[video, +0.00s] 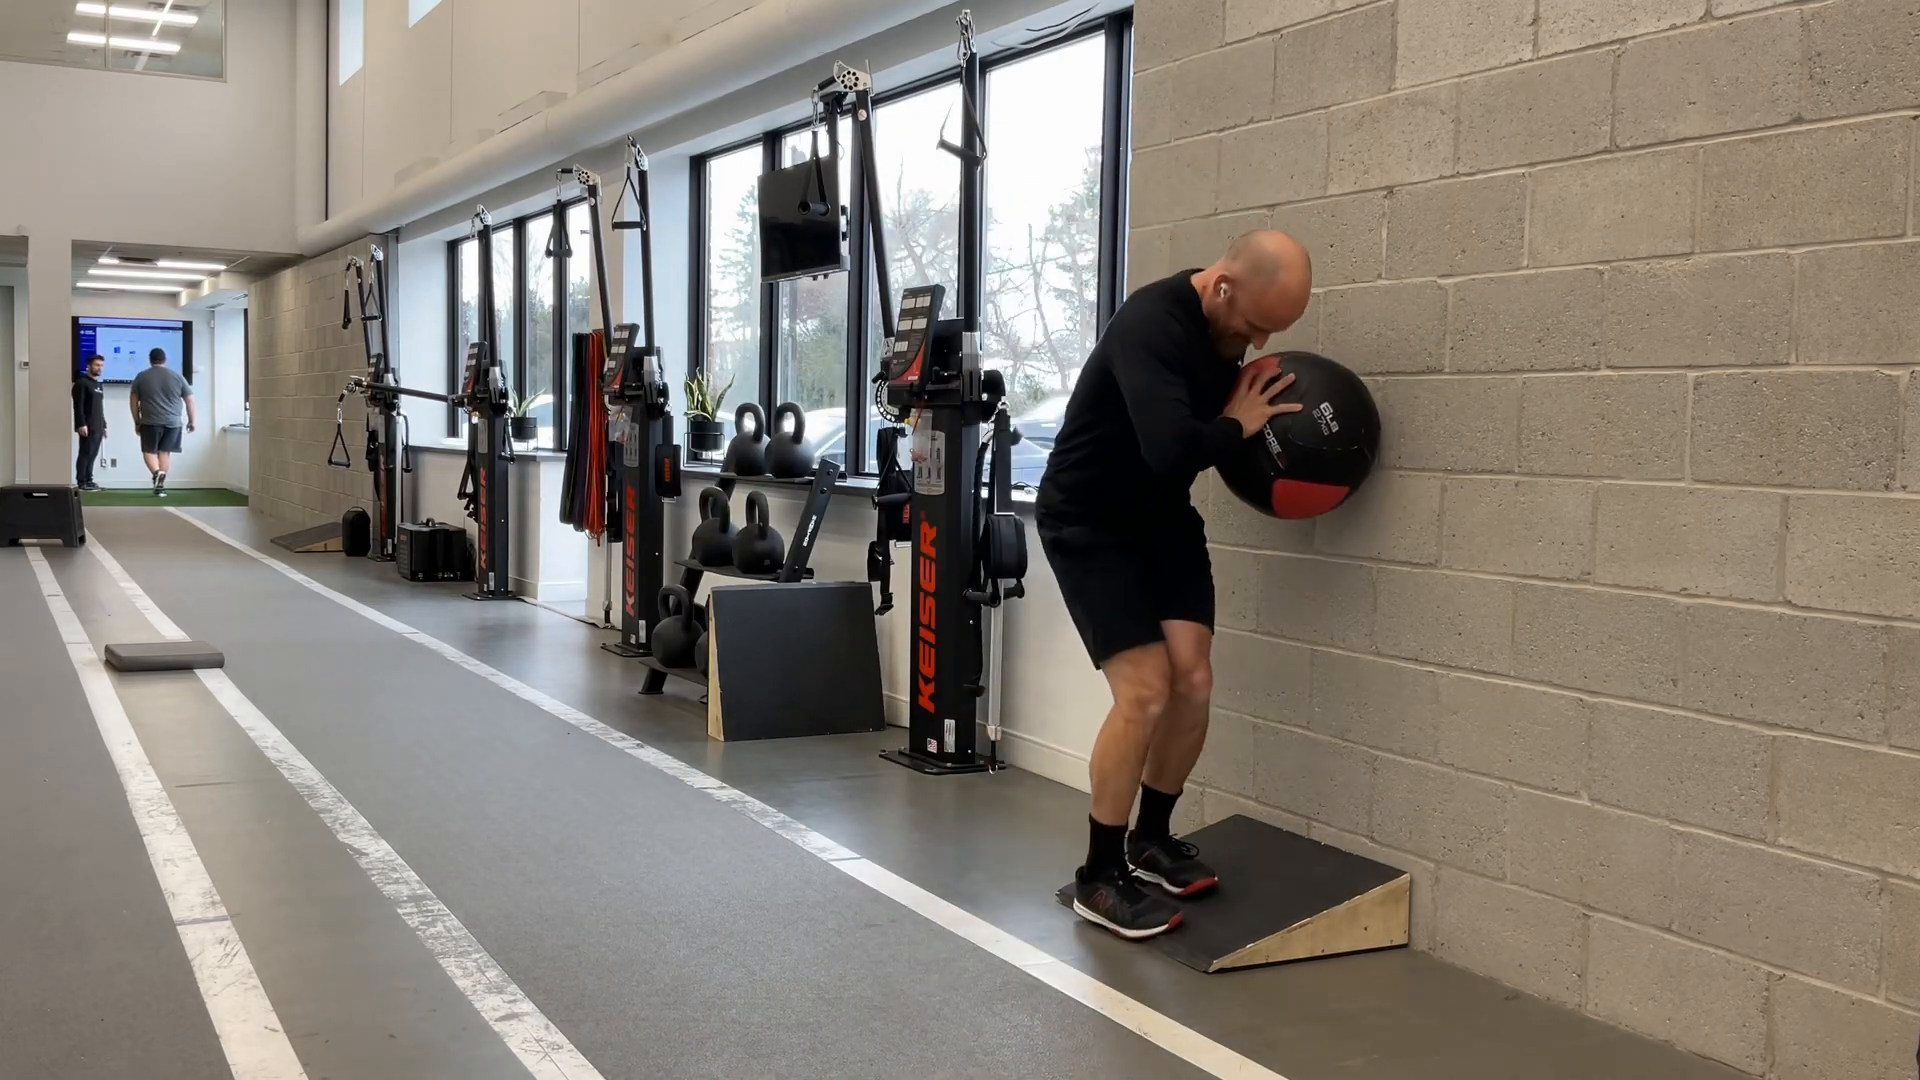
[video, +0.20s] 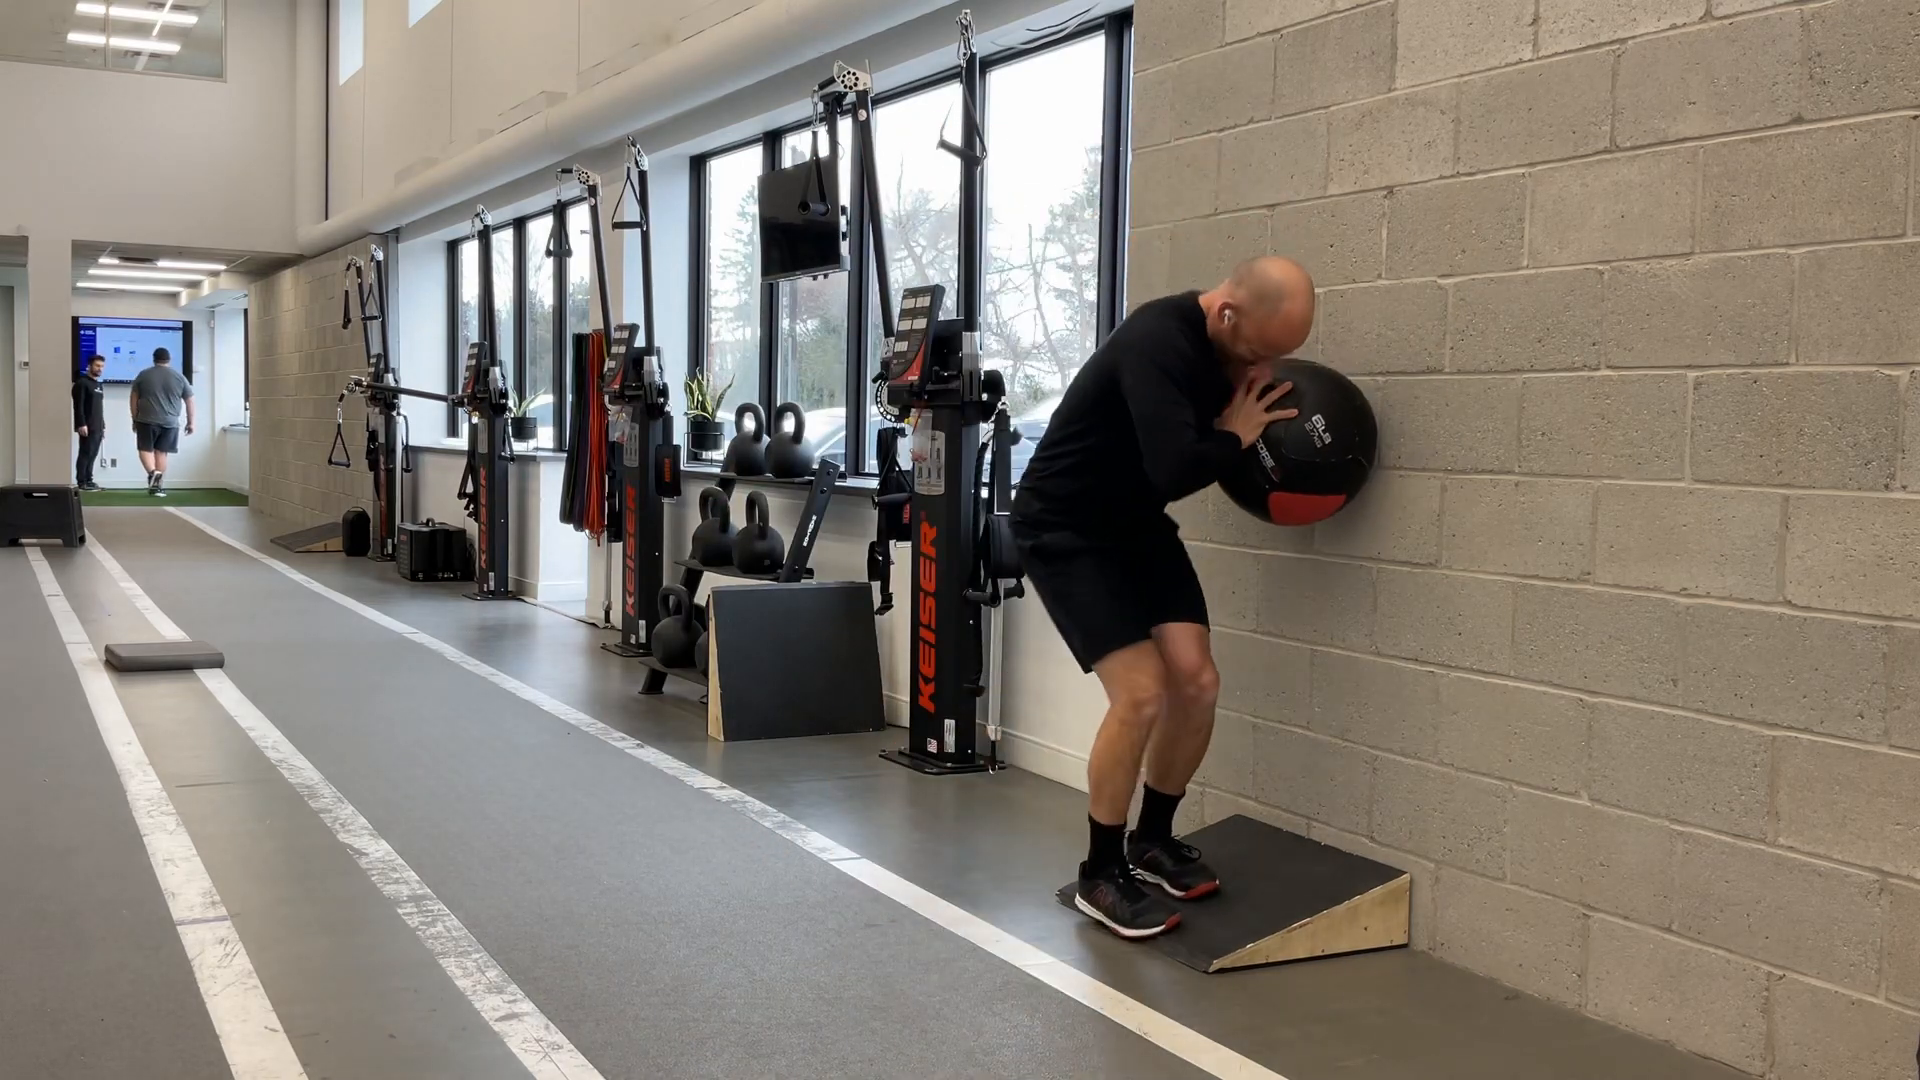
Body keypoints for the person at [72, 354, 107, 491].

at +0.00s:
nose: (99, 368)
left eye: (101, 366)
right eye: (97, 365)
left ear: (102, 367)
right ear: (89, 366)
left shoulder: (98, 385)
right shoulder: (81, 383)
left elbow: (99, 408)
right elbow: (78, 406)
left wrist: (103, 424)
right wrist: (81, 424)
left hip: (98, 425)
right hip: (88, 425)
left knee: (92, 454)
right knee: (85, 454)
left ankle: (89, 479)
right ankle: (82, 481)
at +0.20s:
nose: (100, 369)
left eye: (101, 366)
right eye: (97, 365)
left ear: (103, 368)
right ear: (90, 366)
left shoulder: (98, 385)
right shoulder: (81, 383)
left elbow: (99, 408)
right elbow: (78, 406)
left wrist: (102, 425)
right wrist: (81, 424)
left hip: (97, 425)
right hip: (87, 426)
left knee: (92, 455)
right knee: (85, 454)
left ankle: (89, 479)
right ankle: (82, 480)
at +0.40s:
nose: (100, 369)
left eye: (102, 366)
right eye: (97, 366)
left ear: (103, 368)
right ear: (90, 366)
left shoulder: (98, 385)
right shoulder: (81, 383)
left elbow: (98, 408)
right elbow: (78, 406)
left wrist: (102, 425)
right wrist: (81, 424)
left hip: (97, 425)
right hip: (87, 425)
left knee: (92, 454)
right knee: (85, 454)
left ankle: (89, 479)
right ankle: (82, 481)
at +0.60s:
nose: (100, 369)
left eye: (102, 366)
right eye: (97, 365)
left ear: (103, 368)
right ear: (90, 366)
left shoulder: (98, 385)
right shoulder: (81, 383)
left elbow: (98, 408)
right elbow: (78, 406)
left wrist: (103, 425)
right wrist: (81, 423)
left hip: (97, 425)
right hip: (87, 425)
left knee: (92, 454)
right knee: (85, 454)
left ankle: (89, 479)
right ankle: (82, 481)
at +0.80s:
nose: (99, 367)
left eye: (101, 364)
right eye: (96, 363)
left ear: (102, 366)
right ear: (89, 365)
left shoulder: (98, 385)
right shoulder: (81, 383)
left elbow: (99, 407)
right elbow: (78, 406)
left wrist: (103, 424)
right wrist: (80, 424)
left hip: (97, 425)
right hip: (87, 425)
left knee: (92, 455)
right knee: (85, 454)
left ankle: (89, 479)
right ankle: (82, 481)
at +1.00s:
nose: (98, 365)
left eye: (100, 363)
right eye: (95, 362)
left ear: (101, 365)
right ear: (88, 365)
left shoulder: (98, 385)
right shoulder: (81, 383)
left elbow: (99, 407)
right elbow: (78, 406)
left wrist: (103, 425)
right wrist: (80, 424)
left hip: (97, 425)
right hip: (87, 426)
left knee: (92, 454)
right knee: (85, 454)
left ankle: (89, 479)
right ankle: (82, 481)